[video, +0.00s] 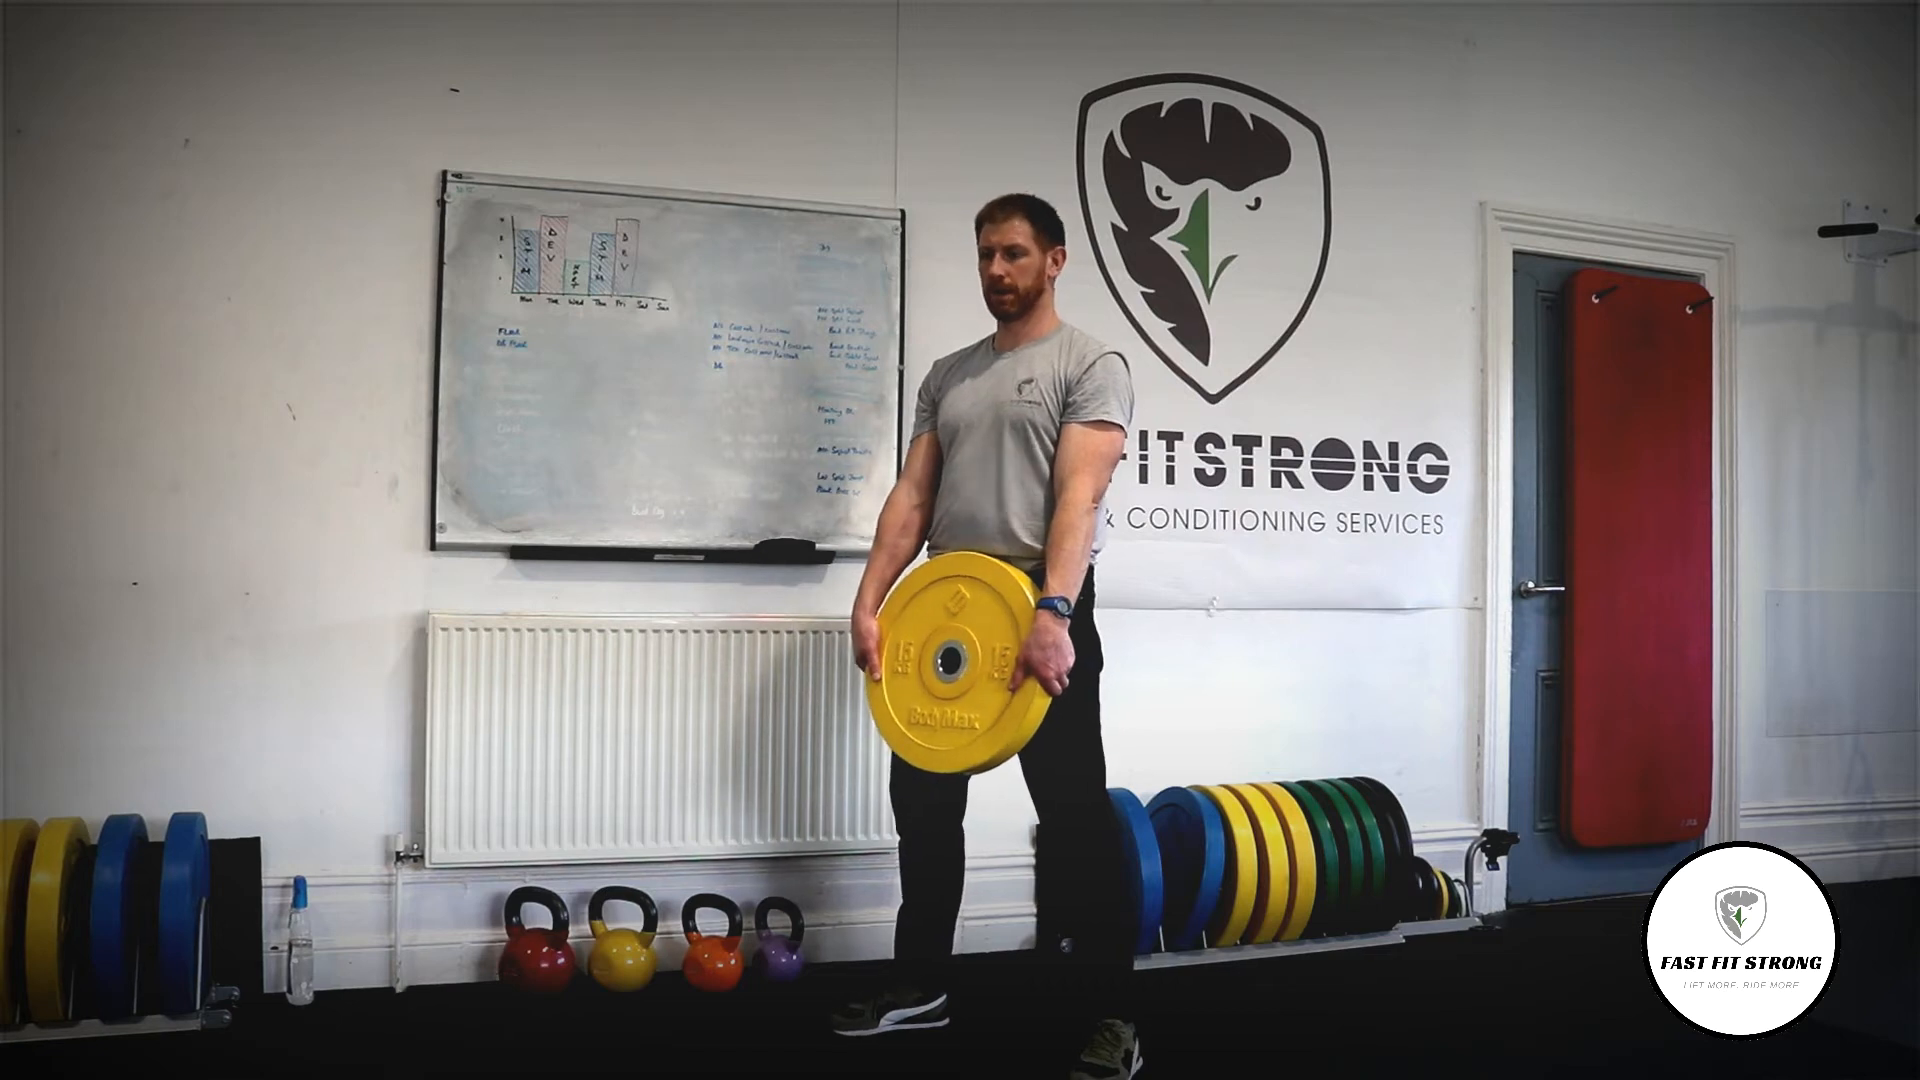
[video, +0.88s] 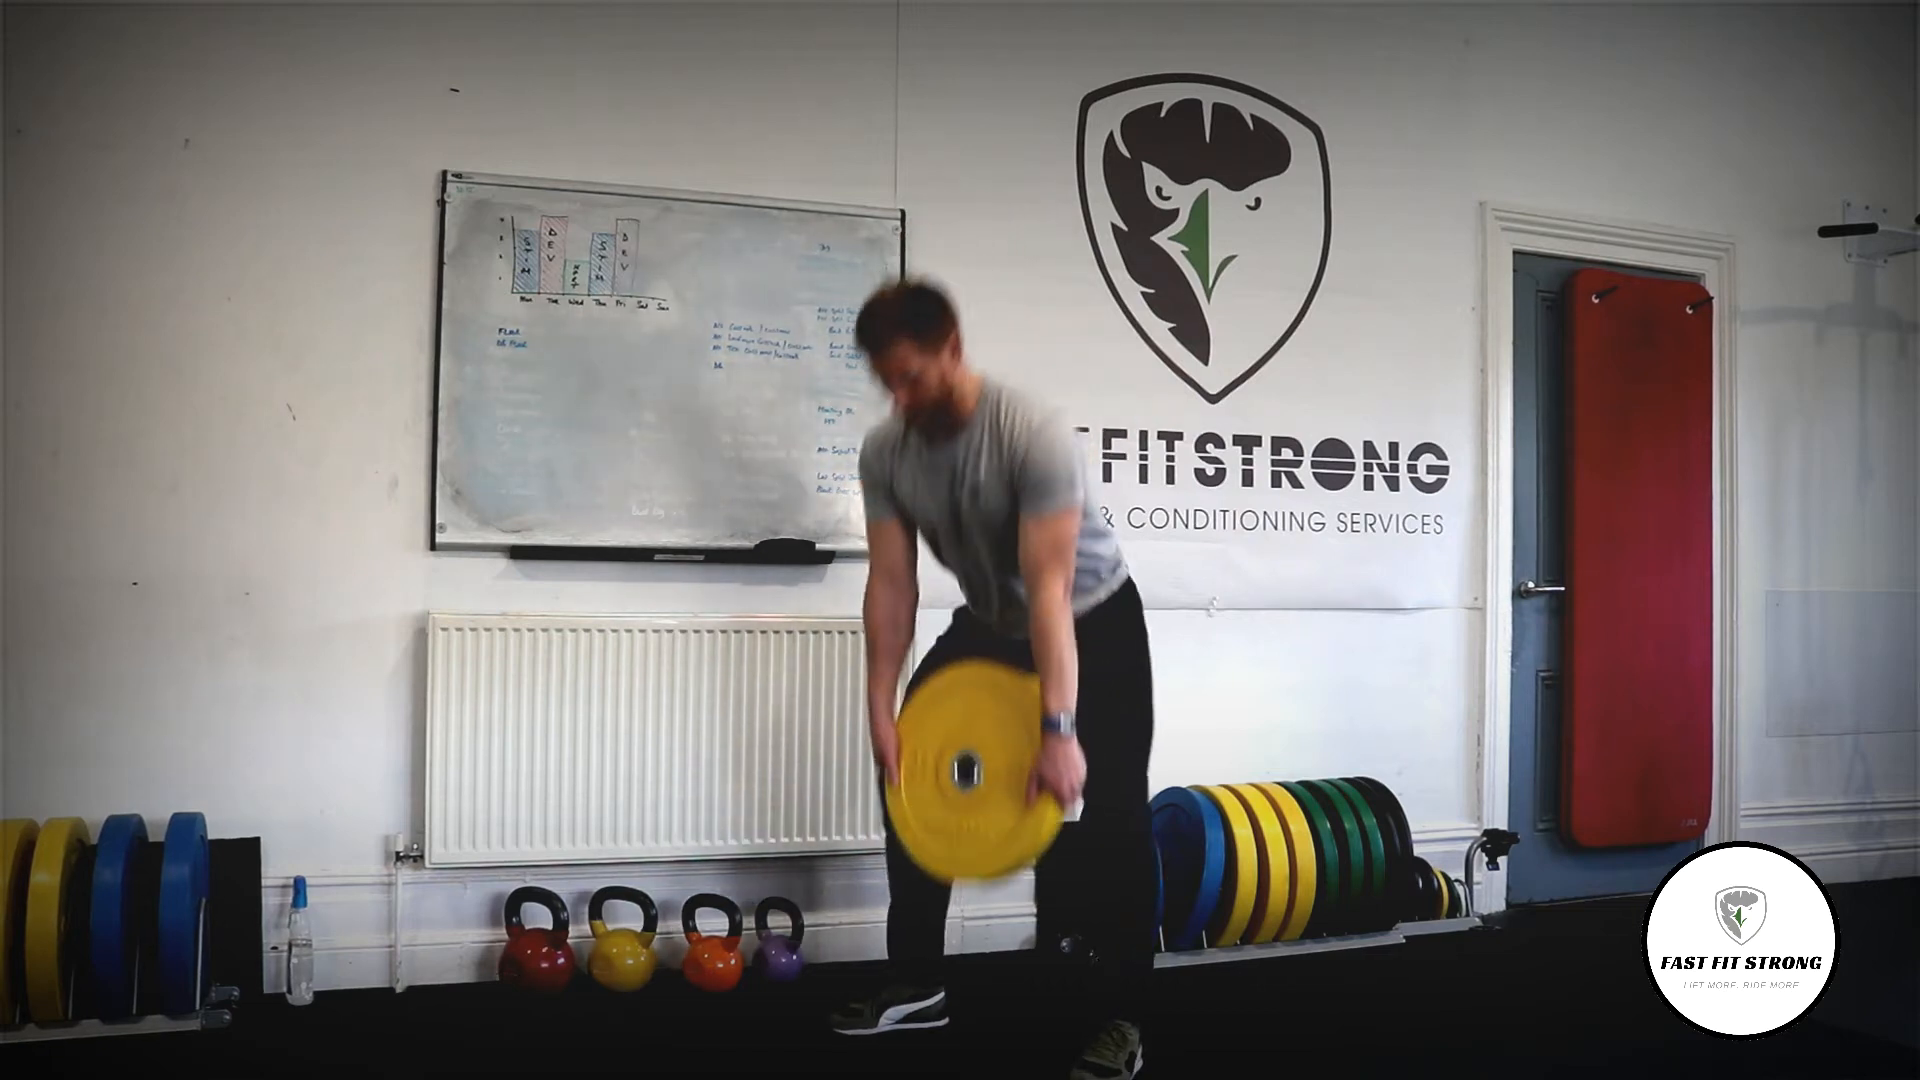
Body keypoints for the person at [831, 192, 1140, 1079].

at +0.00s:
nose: (996, 268)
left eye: (1013, 253)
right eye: (987, 256)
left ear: (1054, 261)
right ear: (978, 267)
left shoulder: (1091, 364)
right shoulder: (946, 377)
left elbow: (1079, 496)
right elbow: (912, 498)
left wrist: (1054, 608)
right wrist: (868, 601)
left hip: (1046, 606)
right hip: (943, 607)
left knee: (1071, 807)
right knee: (923, 797)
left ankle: (1105, 1014)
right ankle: (920, 988)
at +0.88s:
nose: (900, 396)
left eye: (911, 377)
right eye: (887, 381)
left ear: (951, 348)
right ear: (874, 370)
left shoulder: (1033, 436)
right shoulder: (886, 451)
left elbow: (1049, 588)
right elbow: (891, 581)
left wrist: (1061, 727)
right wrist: (882, 709)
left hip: (1089, 618)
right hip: (989, 621)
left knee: (1107, 810)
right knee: (916, 770)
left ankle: (1116, 1015)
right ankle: (916, 983)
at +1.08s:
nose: (881, 533)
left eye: (891, 513)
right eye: (868, 519)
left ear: (931, 479)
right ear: (853, 508)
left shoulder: (1025, 547)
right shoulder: (875, 571)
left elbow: (1045, 703)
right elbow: (886, 697)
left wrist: (1057, 849)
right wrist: (884, 825)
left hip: (1106, 675)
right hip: (998, 675)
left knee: (1133, 827)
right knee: (869, 789)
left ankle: (1116, 1021)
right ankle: (914, 985)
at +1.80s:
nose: (905, 406)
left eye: (922, 389)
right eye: (897, 391)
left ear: (972, 391)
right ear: (890, 398)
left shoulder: (1030, 478)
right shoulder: (894, 490)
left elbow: (1109, 594)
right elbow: (905, 603)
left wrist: (1062, 717)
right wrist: (877, 725)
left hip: (1088, 671)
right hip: (991, 673)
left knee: (1114, 839)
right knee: (868, 790)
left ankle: (1114, 1027)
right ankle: (914, 988)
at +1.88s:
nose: (921, 340)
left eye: (939, 325)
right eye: (916, 326)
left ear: (990, 334)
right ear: (914, 339)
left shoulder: (1048, 428)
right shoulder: (910, 437)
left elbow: (1131, 543)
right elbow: (919, 550)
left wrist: (1065, 622)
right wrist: (881, 618)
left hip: (1083, 642)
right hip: (983, 648)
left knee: (1103, 824)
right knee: (874, 792)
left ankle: (1112, 1026)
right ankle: (916, 989)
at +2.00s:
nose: (984, 276)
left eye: (1002, 262)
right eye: (981, 263)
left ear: (1050, 278)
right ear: (980, 280)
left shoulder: (1092, 377)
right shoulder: (951, 387)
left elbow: (1128, 510)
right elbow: (941, 510)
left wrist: (1045, 502)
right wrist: (870, 502)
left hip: (1056, 624)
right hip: (959, 621)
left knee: (1075, 820)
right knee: (876, 792)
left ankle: (1101, 1023)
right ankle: (915, 988)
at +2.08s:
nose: (1014, 262)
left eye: (1034, 251)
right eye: (1011, 251)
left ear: (1079, 278)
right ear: (1004, 271)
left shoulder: (1099, 366)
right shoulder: (973, 364)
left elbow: (1116, 496)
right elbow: (914, 494)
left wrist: (1053, 420)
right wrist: (863, 417)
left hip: (1039, 607)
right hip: (946, 604)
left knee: (1063, 811)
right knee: (889, 789)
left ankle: (1102, 1018)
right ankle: (914, 989)